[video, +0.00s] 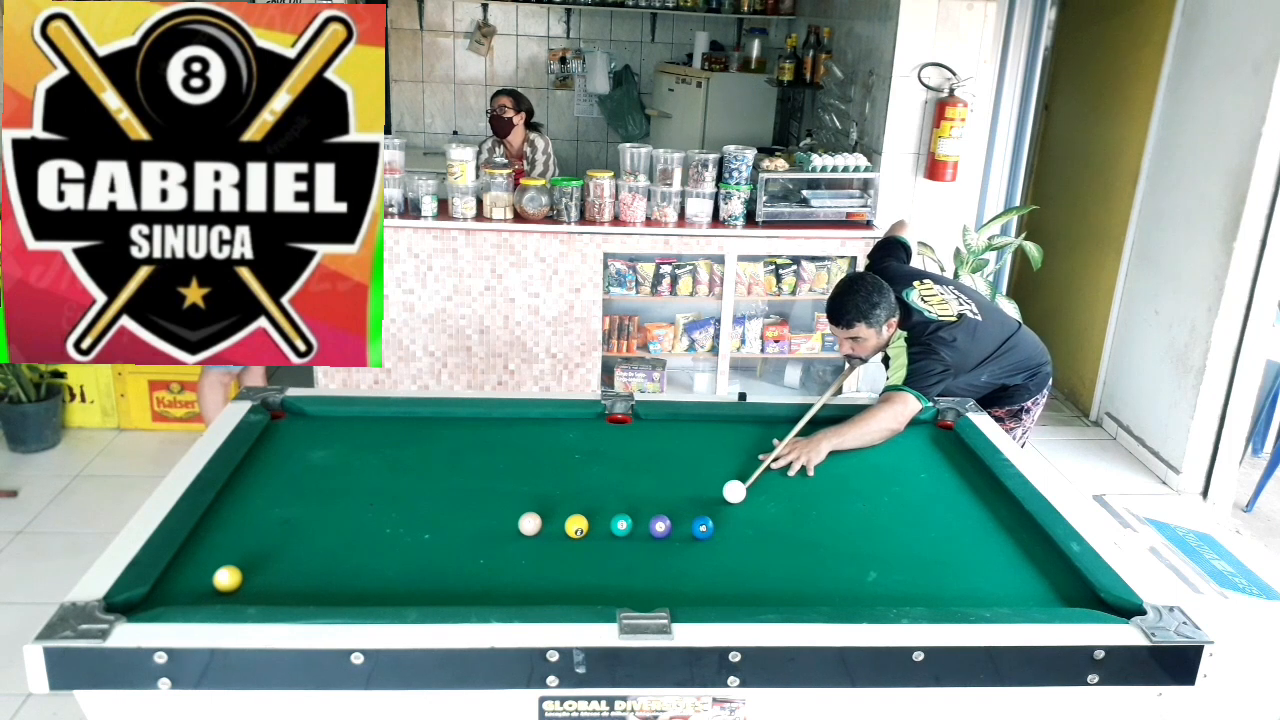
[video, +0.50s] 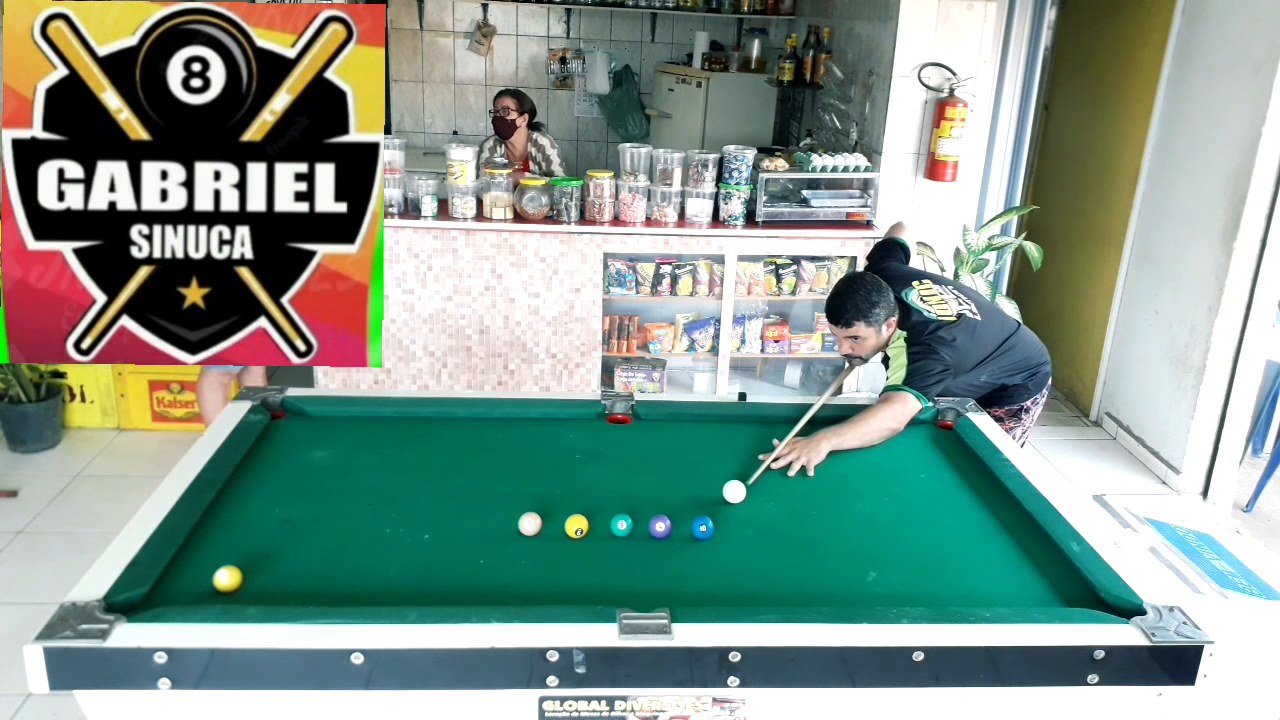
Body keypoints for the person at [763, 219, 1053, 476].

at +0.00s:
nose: (844, 350)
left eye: (855, 340)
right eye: (837, 336)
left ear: (890, 327)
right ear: (834, 317)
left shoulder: (926, 351)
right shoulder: (885, 272)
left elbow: (894, 415)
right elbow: (902, 228)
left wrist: (824, 440)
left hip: (1021, 375)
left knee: (985, 476)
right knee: (945, 460)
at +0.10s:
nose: (844, 350)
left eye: (854, 339)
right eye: (837, 336)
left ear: (889, 326)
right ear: (832, 318)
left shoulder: (926, 350)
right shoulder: (885, 272)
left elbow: (894, 415)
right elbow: (902, 228)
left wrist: (823, 440)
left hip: (1021, 375)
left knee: (984, 475)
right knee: (945, 459)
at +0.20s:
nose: (843, 349)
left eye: (854, 339)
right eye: (837, 336)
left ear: (889, 326)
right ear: (833, 318)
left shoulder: (926, 350)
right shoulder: (885, 272)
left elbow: (894, 415)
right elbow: (902, 229)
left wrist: (824, 440)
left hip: (1021, 376)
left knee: (985, 477)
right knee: (945, 461)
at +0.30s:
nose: (844, 349)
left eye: (854, 338)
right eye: (837, 335)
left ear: (889, 327)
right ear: (833, 318)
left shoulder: (926, 351)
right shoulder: (885, 272)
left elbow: (893, 415)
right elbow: (901, 231)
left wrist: (824, 440)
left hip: (1021, 376)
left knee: (985, 476)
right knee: (946, 459)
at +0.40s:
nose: (844, 349)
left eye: (854, 338)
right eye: (837, 336)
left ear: (889, 326)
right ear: (833, 319)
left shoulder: (926, 351)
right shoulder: (885, 272)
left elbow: (893, 415)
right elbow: (902, 230)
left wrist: (824, 440)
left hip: (1021, 375)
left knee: (986, 475)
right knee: (946, 459)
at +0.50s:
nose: (844, 349)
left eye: (854, 338)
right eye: (837, 336)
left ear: (889, 326)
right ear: (833, 318)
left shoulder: (926, 351)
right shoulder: (885, 272)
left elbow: (893, 415)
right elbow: (901, 229)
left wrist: (824, 439)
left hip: (1021, 375)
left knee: (986, 475)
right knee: (946, 459)